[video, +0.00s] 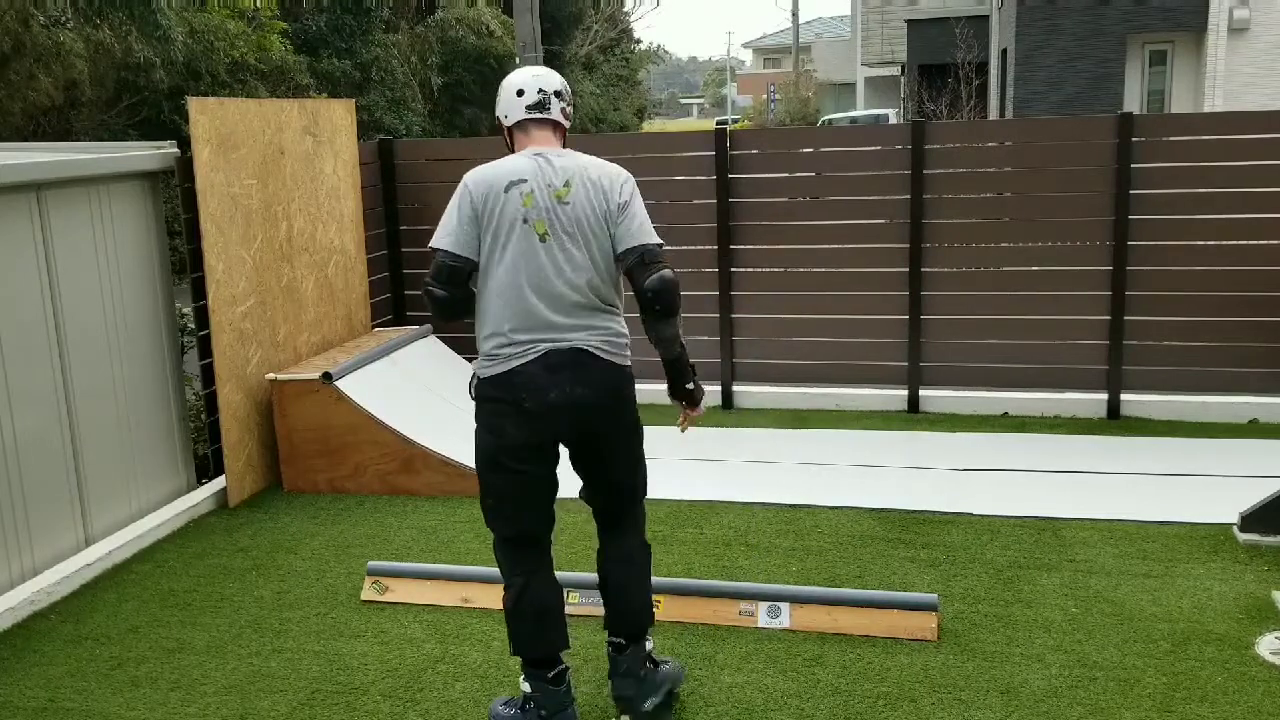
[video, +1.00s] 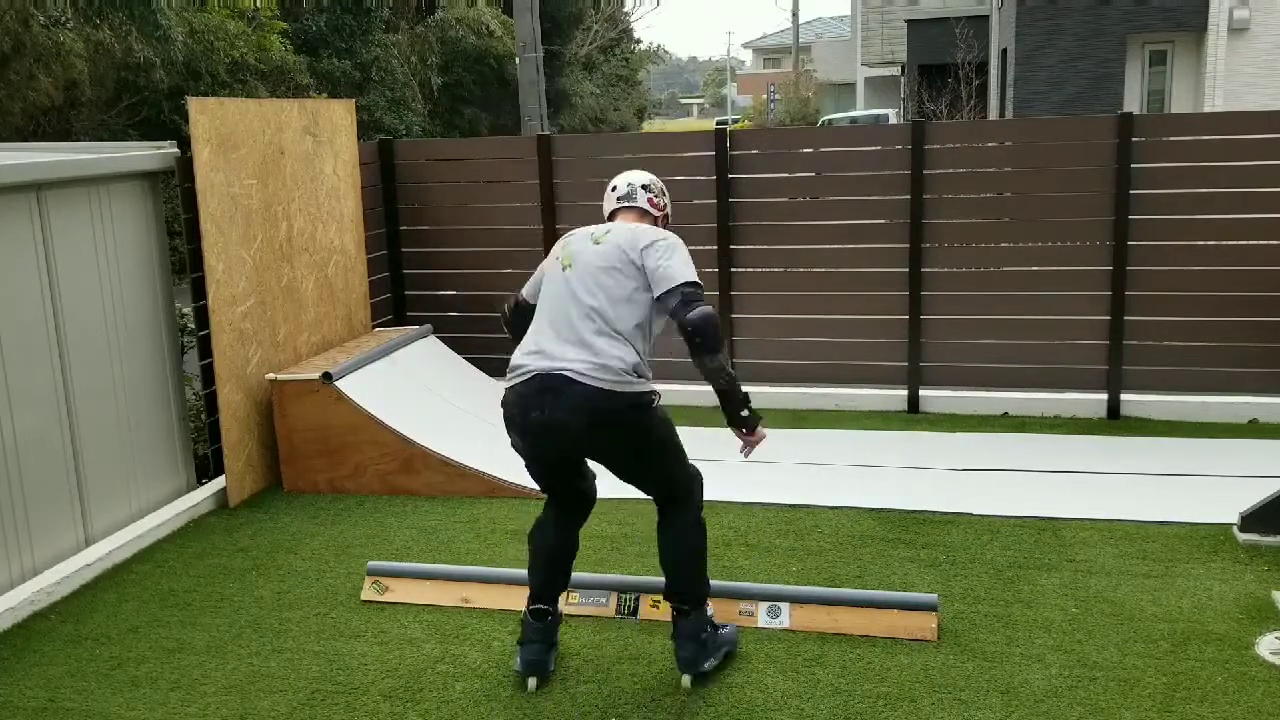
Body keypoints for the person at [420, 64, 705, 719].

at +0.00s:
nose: (511, 134)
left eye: (503, 125)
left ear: (504, 126)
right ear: (566, 121)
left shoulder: (478, 185)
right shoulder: (611, 180)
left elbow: (446, 292)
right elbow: (655, 286)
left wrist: (474, 344)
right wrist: (679, 367)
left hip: (508, 386)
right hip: (599, 379)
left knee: (522, 540)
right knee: (621, 517)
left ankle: (548, 691)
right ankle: (632, 670)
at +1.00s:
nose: (663, 214)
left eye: (660, 209)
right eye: (662, 208)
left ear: (609, 208)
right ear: (657, 207)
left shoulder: (567, 243)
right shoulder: (658, 241)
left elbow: (519, 312)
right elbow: (698, 321)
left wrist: (546, 369)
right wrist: (736, 407)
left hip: (527, 394)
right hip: (608, 397)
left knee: (568, 496)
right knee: (679, 490)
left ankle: (536, 637)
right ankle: (693, 634)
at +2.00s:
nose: (634, 314)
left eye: (642, 304)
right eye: (621, 308)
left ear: (662, 279)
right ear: (603, 283)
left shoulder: (707, 273)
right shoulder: (585, 273)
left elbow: (797, 286)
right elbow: (521, 262)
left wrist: (831, 348)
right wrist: (462, 318)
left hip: (702, 344)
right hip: (624, 343)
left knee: (725, 435)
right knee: (588, 439)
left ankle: (758, 551)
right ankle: (563, 544)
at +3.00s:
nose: (617, 168)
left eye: (624, 156)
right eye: (611, 159)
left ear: (650, 142)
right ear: (607, 152)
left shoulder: (697, 173)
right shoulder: (623, 185)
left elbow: (752, 235)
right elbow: (637, 244)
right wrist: (617, 292)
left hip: (713, 330)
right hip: (653, 331)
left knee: (711, 443)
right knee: (632, 427)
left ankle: (753, 532)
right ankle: (670, 521)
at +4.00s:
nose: (625, 263)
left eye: (635, 253)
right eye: (616, 252)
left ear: (653, 237)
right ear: (602, 235)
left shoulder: (686, 250)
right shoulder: (582, 249)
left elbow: (753, 283)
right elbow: (533, 296)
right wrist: (514, 339)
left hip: (696, 349)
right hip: (625, 352)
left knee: (704, 454)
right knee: (588, 445)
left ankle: (741, 537)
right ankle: (601, 532)